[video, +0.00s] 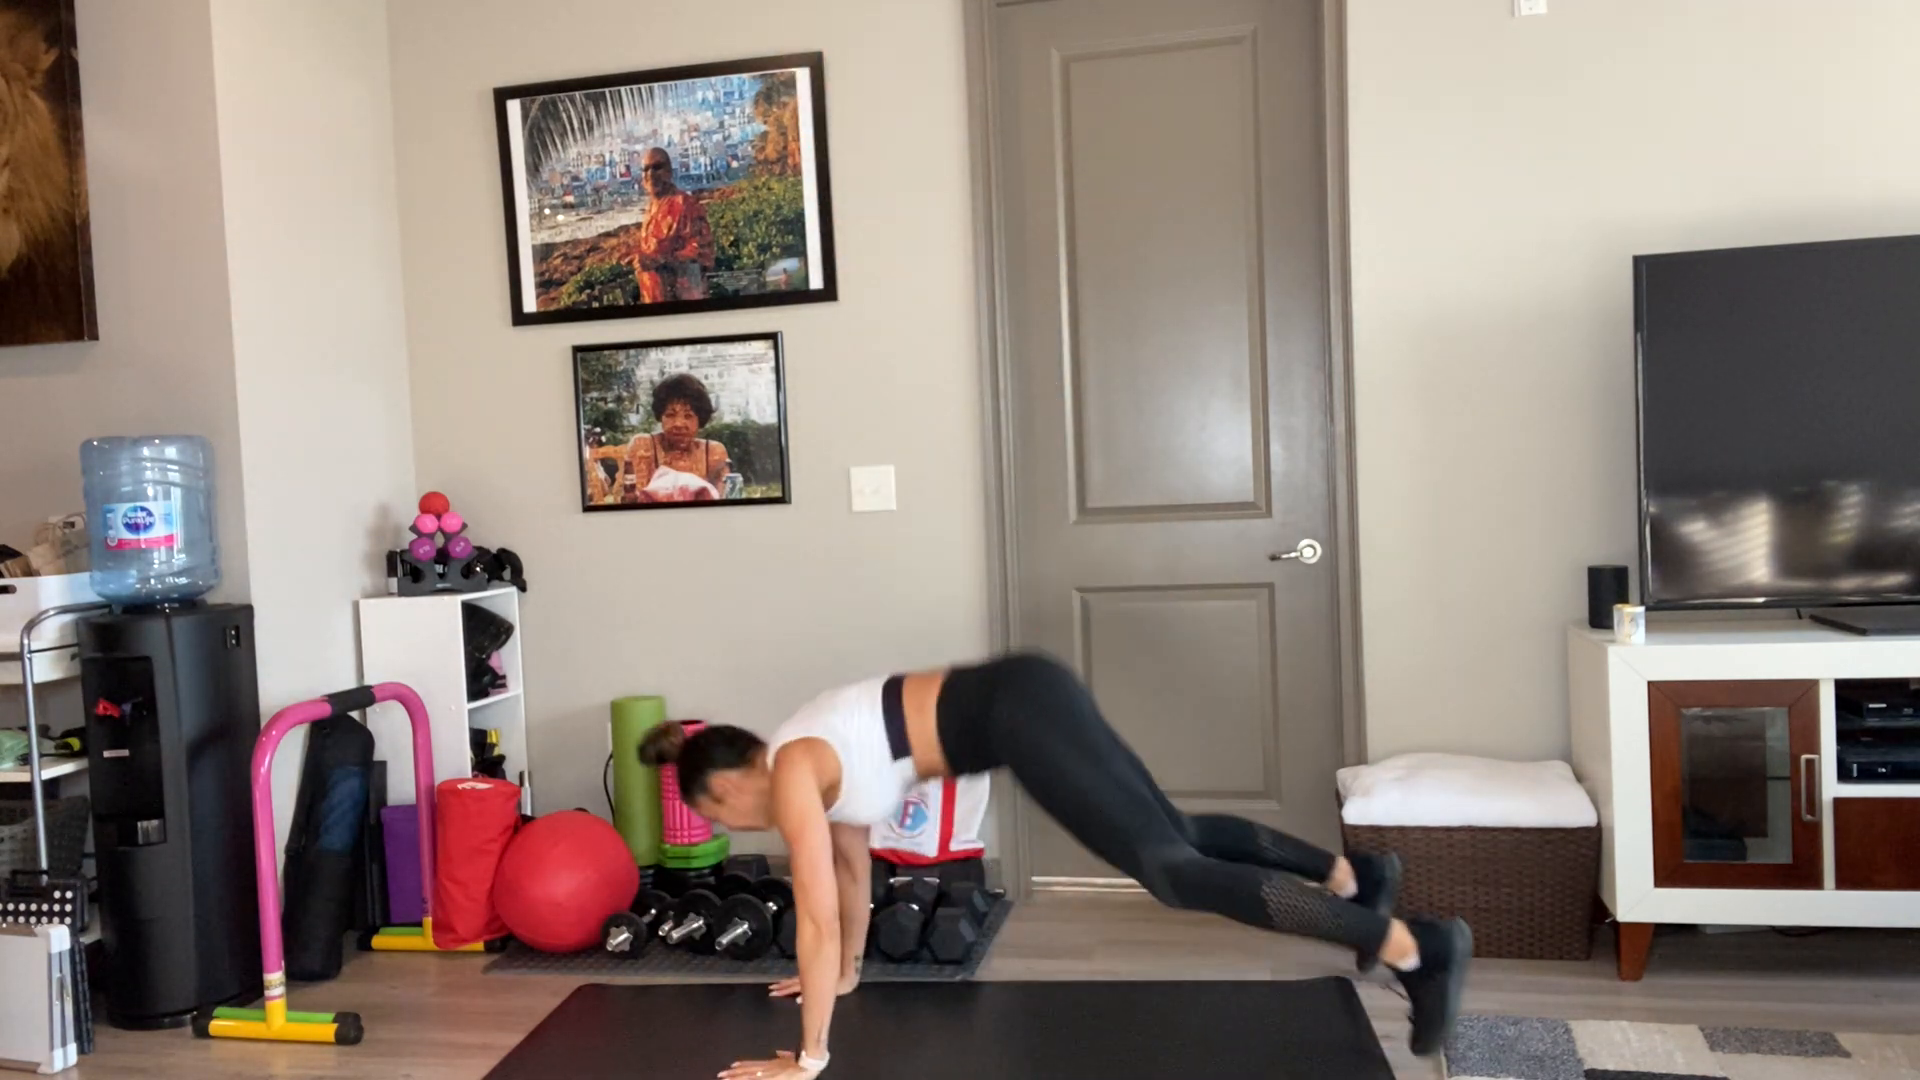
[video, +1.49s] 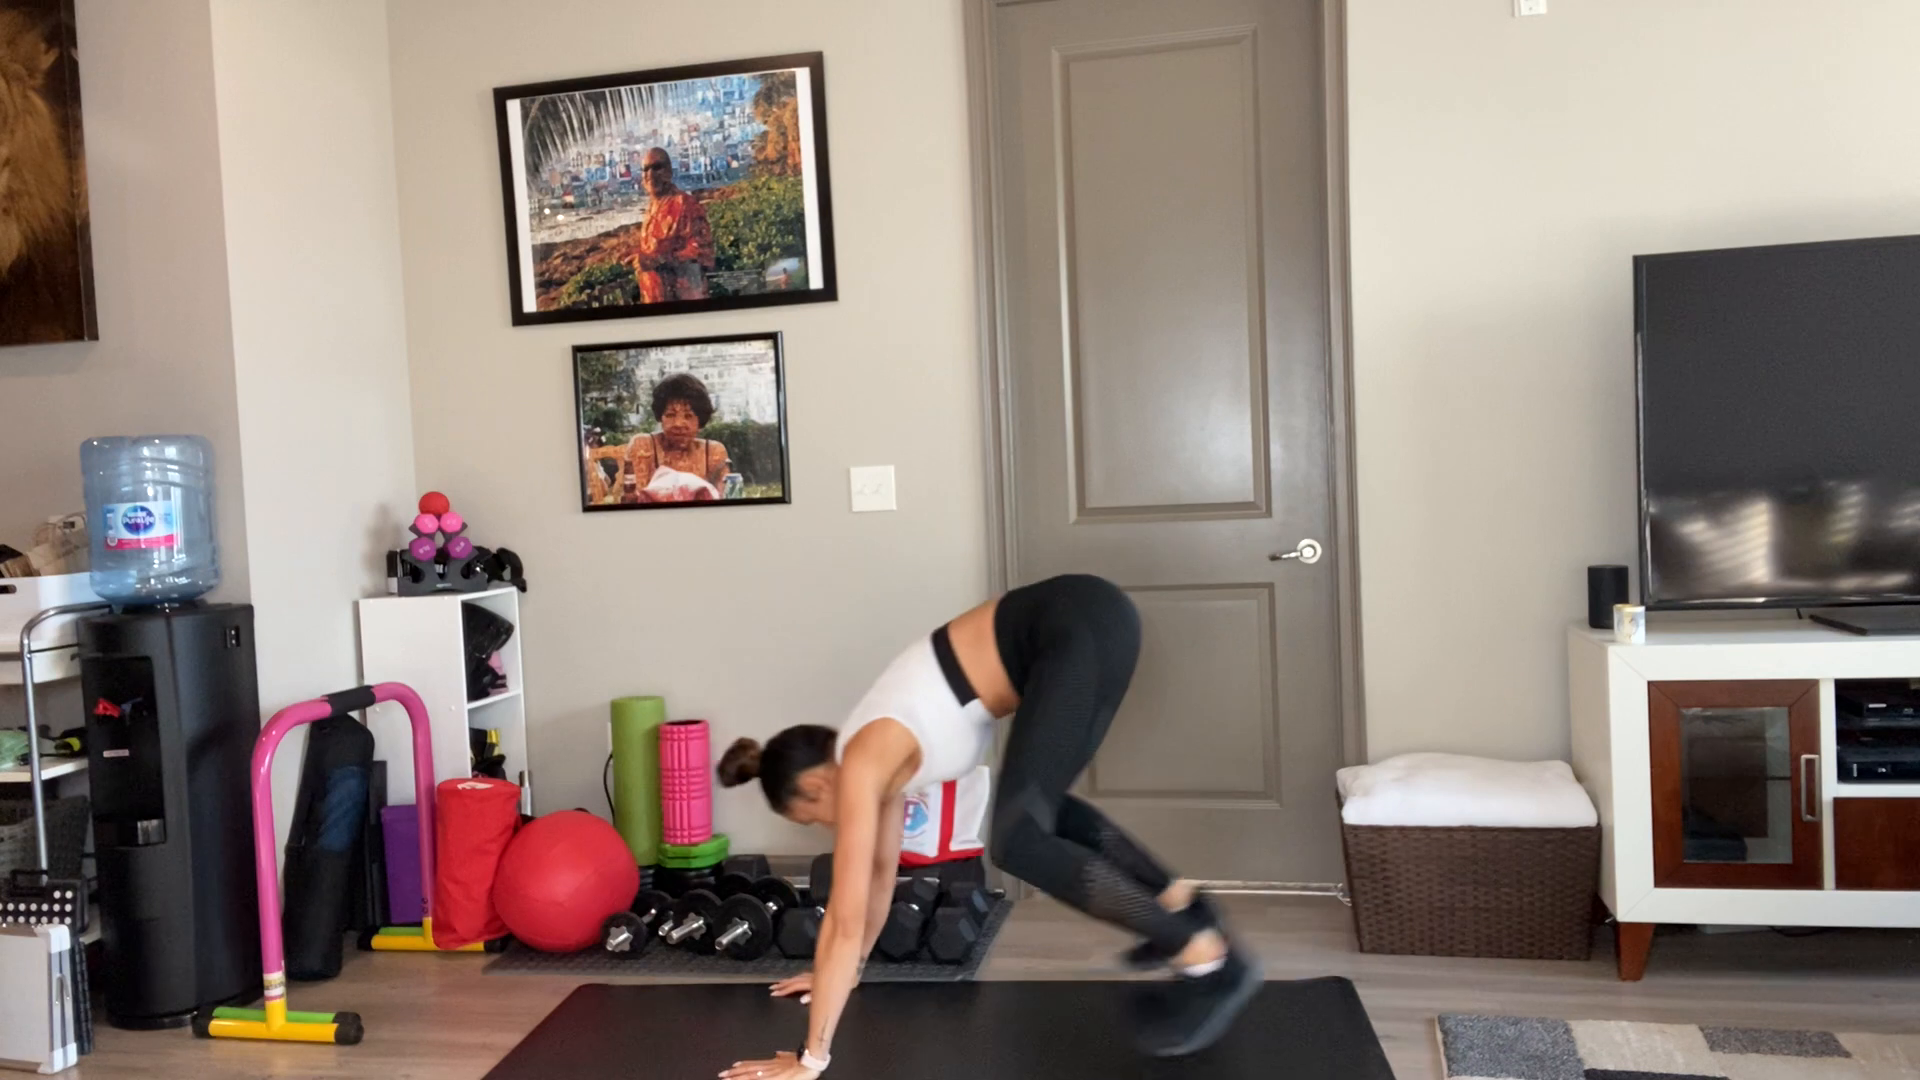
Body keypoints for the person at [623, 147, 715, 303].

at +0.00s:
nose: (650, 174)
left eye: (657, 167)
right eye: (645, 169)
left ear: (669, 171)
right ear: (642, 176)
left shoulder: (686, 204)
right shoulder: (654, 206)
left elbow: (703, 255)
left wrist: (657, 261)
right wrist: (639, 257)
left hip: (682, 297)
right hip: (655, 297)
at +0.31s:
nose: (650, 175)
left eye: (657, 167)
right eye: (645, 169)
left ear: (669, 172)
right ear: (642, 176)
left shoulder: (686, 204)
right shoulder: (654, 206)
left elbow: (703, 255)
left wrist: (657, 261)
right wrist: (638, 258)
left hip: (683, 297)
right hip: (655, 297)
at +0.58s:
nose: (650, 174)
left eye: (657, 167)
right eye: (645, 169)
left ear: (669, 172)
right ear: (642, 176)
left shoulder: (686, 204)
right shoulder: (653, 206)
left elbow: (703, 255)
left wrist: (657, 260)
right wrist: (639, 258)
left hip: (682, 297)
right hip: (655, 297)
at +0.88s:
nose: (650, 174)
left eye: (657, 167)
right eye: (645, 169)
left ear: (669, 171)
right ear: (642, 176)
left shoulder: (686, 204)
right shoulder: (654, 207)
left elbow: (703, 255)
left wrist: (658, 261)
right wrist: (638, 258)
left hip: (682, 297)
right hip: (655, 297)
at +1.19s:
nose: (650, 174)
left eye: (657, 167)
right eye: (645, 169)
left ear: (669, 171)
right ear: (642, 176)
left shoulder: (686, 204)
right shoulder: (653, 206)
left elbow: (702, 255)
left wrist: (658, 261)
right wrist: (638, 257)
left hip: (682, 297)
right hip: (655, 297)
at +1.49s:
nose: (650, 174)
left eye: (657, 168)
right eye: (645, 169)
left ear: (670, 172)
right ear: (642, 175)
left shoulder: (685, 204)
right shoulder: (653, 206)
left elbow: (702, 254)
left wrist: (656, 261)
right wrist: (639, 257)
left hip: (683, 297)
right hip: (655, 297)